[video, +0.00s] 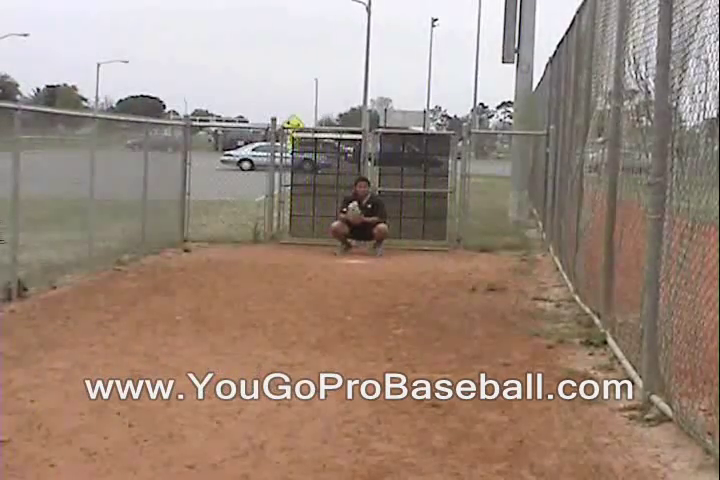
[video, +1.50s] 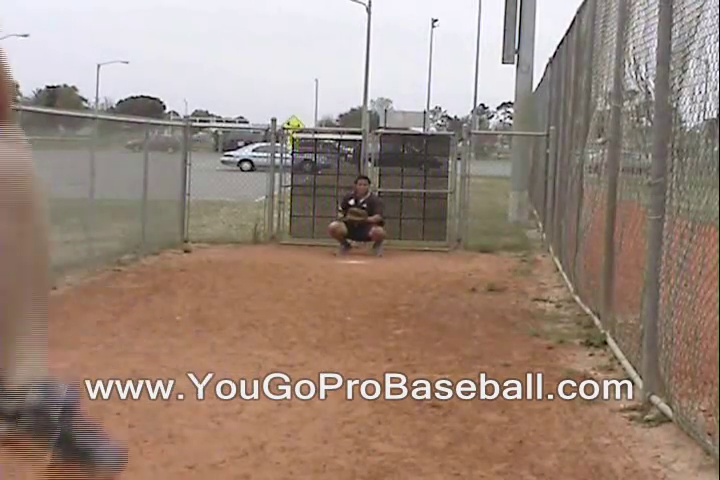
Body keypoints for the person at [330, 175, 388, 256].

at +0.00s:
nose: (362, 190)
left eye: (365, 187)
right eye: (360, 187)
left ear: (368, 189)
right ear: (355, 188)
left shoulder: (376, 201)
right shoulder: (348, 200)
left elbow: (381, 218)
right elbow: (340, 215)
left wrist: (363, 219)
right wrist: (348, 218)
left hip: (369, 228)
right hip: (352, 227)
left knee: (382, 229)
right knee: (336, 227)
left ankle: (377, 245)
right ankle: (346, 245)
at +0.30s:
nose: (362, 189)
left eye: (364, 186)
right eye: (360, 186)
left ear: (368, 188)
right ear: (355, 187)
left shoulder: (376, 201)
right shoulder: (349, 199)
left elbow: (381, 218)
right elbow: (340, 215)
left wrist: (365, 219)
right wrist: (346, 216)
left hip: (368, 228)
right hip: (352, 227)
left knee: (382, 229)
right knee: (335, 227)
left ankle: (377, 245)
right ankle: (346, 244)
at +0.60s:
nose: (362, 188)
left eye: (365, 185)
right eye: (360, 185)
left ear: (369, 187)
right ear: (355, 186)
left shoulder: (375, 200)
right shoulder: (348, 198)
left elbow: (379, 217)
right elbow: (338, 213)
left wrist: (365, 220)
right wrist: (347, 218)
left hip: (367, 227)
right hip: (351, 226)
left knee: (381, 229)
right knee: (335, 227)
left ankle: (376, 246)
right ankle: (345, 244)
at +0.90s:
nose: (362, 187)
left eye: (365, 184)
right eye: (360, 184)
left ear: (369, 186)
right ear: (355, 186)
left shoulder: (375, 199)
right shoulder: (348, 198)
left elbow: (379, 216)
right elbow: (338, 213)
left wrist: (365, 220)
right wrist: (347, 218)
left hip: (367, 226)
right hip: (350, 226)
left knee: (380, 230)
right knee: (334, 227)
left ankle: (376, 245)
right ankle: (345, 244)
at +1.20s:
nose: (362, 187)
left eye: (365, 184)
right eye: (360, 184)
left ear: (368, 186)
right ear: (355, 186)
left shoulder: (375, 200)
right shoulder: (348, 198)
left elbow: (380, 218)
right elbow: (340, 215)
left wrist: (366, 219)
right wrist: (348, 218)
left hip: (366, 227)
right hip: (350, 226)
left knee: (380, 231)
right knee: (333, 228)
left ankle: (377, 245)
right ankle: (345, 244)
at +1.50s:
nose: (362, 187)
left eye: (365, 185)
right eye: (360, 185)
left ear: (368, 187)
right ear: (355, 186)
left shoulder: (374, 200)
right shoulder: (348, 198)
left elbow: (378, 217)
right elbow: (340, 214)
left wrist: (363, 219)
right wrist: (348, 218)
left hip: (366, 227)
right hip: (350, 226)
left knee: (379, 231)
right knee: (333, 228)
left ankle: (377, 245)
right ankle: (345, 245)